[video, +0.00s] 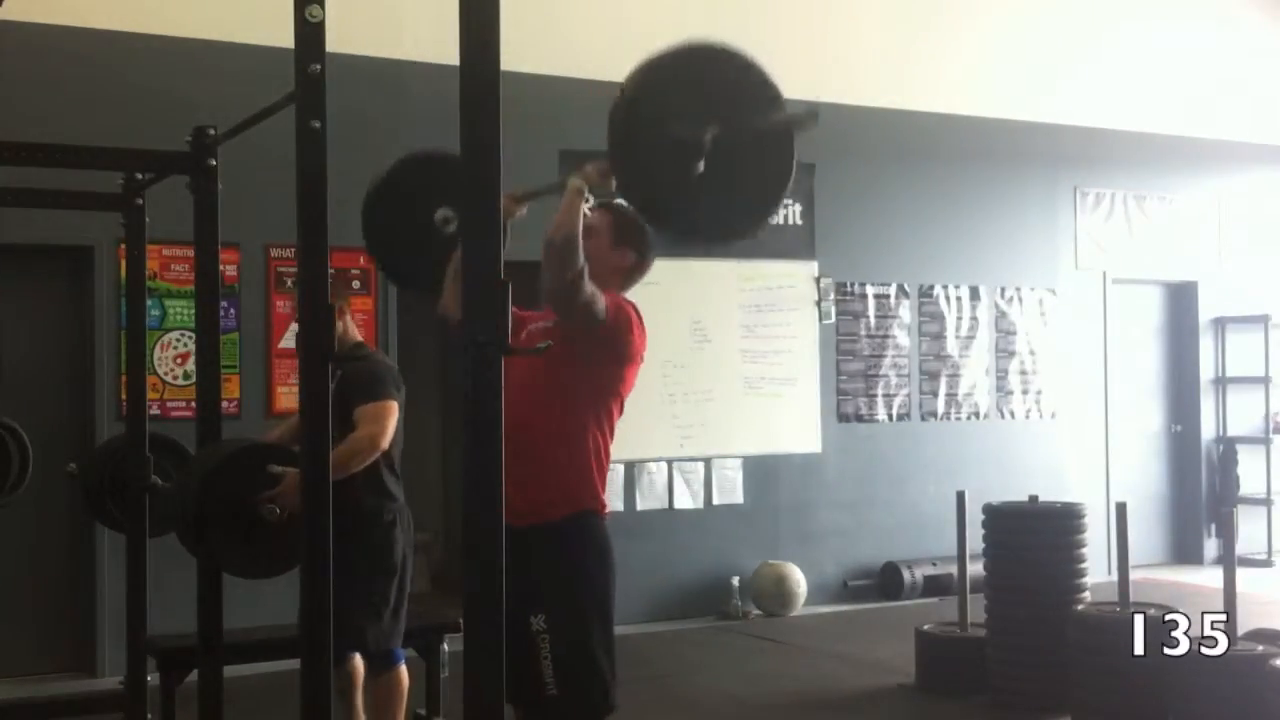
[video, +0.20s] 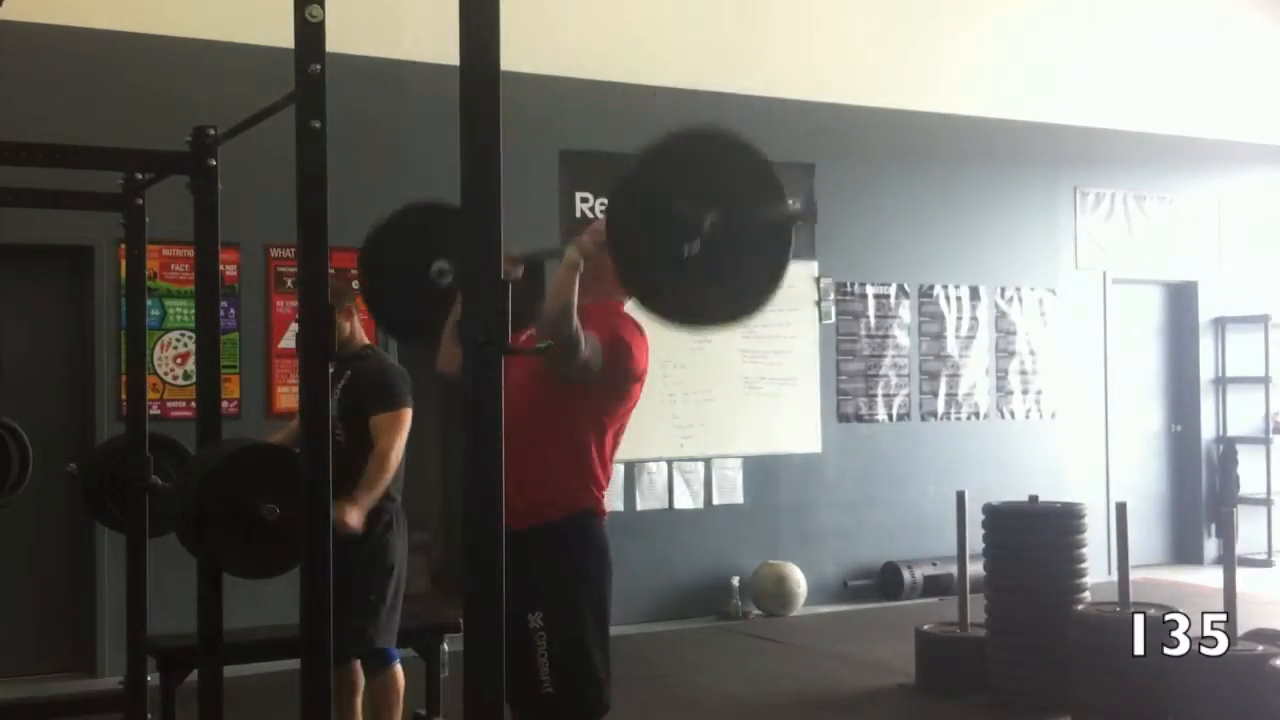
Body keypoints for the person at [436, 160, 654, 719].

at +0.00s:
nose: (573, 239)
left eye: (591, 232)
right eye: (575, 231)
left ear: (624, 260)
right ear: (563, 251)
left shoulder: (618, 326)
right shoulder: (530, 323)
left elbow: (562, 282)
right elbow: (456, 308)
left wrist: (576, 186)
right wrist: (488, 225)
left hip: (568, 527)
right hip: (503, 524)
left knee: (583, 686)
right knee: (508, 679)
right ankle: (535, 709)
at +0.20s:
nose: (577, 253)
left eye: (595, 245)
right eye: (578, 244)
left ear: (619, 268)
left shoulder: (623, 339)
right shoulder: (534, 335)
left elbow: (562, 350)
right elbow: (450, 361)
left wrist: (569, 264)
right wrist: (477, 282)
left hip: (565, 533)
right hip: (504, 530)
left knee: (573, 689)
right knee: (505, 683)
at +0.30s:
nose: (577, 246)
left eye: (596, 239)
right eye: (578, 236)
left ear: (622, 260)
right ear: (569, 251)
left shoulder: (621, 338)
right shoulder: (538, 334)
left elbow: (561, 390)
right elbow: (458, 395)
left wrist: (568, 298)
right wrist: (466, 314)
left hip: (564, 534)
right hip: (504, 532)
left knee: (567, 694)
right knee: (503, 688)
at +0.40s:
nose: (565, 245)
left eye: (581, 238)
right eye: (568, 236)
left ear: (615, 258)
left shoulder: (619, 337)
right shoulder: (534, 333)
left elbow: (561, 419)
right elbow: (470, 422)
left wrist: (569, 322)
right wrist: (462, 335)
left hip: (563, 530)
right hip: (502, 529)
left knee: (576, 684)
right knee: (506, 683)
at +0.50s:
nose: (552, 245)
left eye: (568, 237)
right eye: (557, 236)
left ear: (611, 256)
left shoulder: (610, 342)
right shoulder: (527, 339)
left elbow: (555, 431)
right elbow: (467, 430)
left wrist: (568, 335)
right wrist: (453, 342)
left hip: (559, 540)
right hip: (500, 540)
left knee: (568, 697)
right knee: (501, 694)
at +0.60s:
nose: (542, 247)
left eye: (559, 239)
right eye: (547, 238)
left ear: (602, 255)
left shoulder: (603, 339)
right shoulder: (528, 337)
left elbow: (543, 430)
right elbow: (468, 430)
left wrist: (564, 334)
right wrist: (453, 341)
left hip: (556, 543)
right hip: (503, 542)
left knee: (564, 699)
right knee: (500, 697)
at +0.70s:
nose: (536, 245)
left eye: (552, 238)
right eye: (539, 235)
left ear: (596, 256)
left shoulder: (599, 339)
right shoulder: (523, 332)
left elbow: (534, 426)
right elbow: (469, 421)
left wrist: (552, 339)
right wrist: (458, 337)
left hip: (553, 539)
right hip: (502, 537)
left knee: (561, 695)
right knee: (495, 691)